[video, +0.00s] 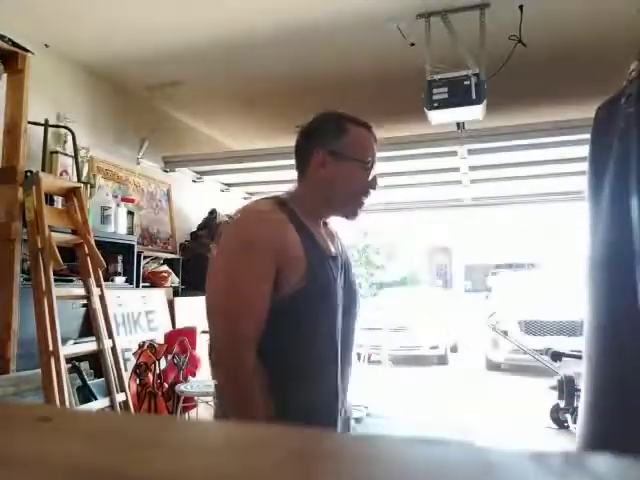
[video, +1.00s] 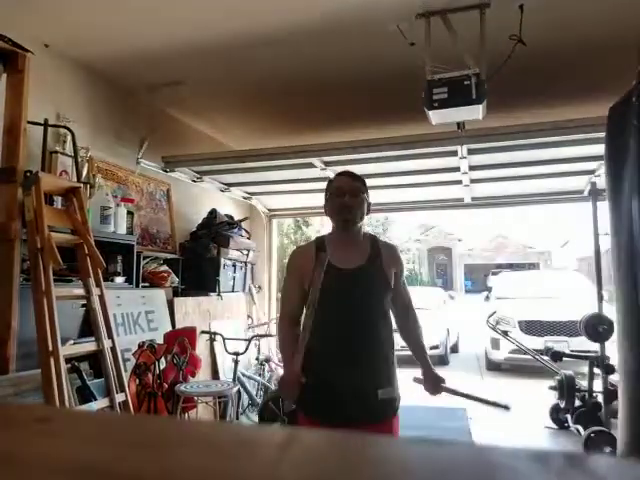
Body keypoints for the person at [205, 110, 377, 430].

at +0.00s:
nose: (373, 183)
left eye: (373, 170)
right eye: (366, 167)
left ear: (322, 164)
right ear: (322, 162)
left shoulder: (330, 238)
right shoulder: (256, 228)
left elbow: (331, 353)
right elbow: (231, 358)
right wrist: (259, 456)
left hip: (324, 443)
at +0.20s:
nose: (361, 180)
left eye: (361, 168)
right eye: (350, 167)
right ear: (303, 169)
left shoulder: (328, 241)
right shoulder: (254, 234)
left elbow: (331, 351)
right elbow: (226, 361)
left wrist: (336, 436)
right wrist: (244, 458)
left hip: (323, 438)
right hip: (269, 443)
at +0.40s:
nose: (334, 173)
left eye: (342, 165)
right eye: (320, 163)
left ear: (349, 178)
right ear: (292, 175)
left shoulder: (335, 249)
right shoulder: (256, 240)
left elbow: (335, 351)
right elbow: (225, 347)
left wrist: (346, 419)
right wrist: (230, 443)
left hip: (333, 423)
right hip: (271, 426)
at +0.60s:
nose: (338, 192)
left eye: (348, 186)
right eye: (326, 184)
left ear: (357, 203)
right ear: (307, 199)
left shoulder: (356, 259)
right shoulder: (277, 256)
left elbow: (363, 331)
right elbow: (242, 348)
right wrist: (241, 434)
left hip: (356, 431)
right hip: (291, 432)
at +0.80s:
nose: (351, 196)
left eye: (360, 190)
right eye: (341, 189)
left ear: (370, 205)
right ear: (325, 202)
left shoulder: (377, 255)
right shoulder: (297, 256)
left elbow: (395, 319)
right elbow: (274, 329)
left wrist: (439, 369)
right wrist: (276, 393)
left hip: (369, 408)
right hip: (312, 408)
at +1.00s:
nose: (346, 200)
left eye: (354, 194)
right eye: (337, 194)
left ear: (368, 207)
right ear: (325, 206)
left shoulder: (387, 255)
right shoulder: (304, 257)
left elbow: (404, 313)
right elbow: (289, 319)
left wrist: (426, 367)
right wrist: (290, 371)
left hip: (375, 391)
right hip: (319, 391)